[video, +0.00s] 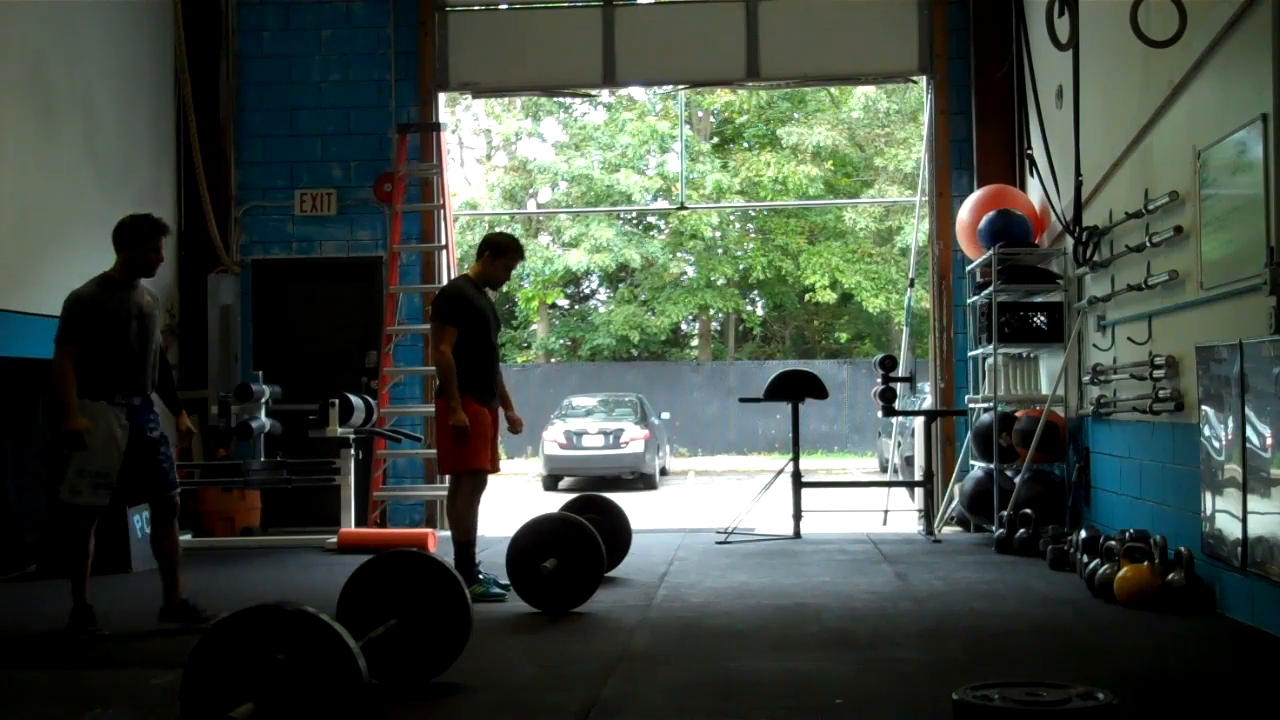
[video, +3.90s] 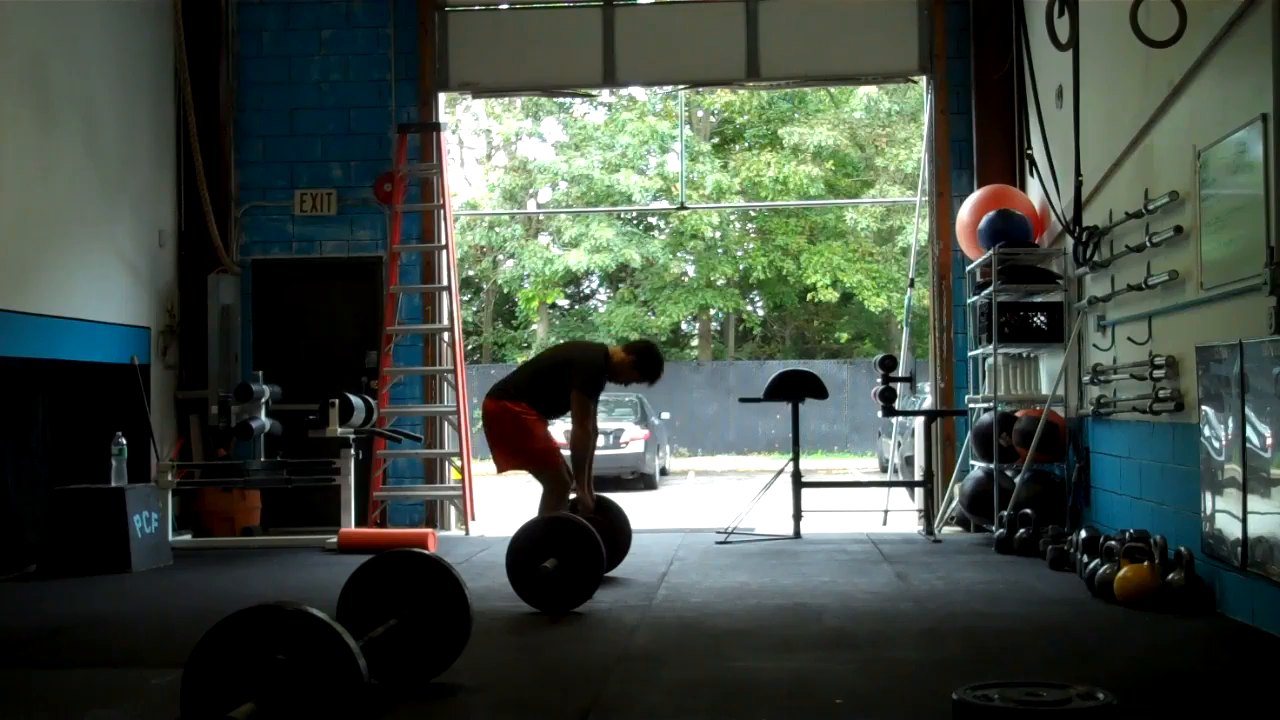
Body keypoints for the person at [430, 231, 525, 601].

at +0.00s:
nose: (508, 278)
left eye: (511, 271)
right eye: (507, 270)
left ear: (493, 261)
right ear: (488, 258)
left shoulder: (482, 299)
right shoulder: (455, 293)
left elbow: (490, 361)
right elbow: (441, 350)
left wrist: (508, 407)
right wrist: (454, 406)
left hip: (483, 405)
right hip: (464, 405)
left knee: (470, 485)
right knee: (469, 484)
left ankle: (467, 571)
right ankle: (466, 574)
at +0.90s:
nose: (518, 274)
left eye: (521, 268)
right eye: (518, 266)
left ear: (501, 257)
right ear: (500, 256)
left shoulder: (486, 292)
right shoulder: (470, 289)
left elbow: (487, 348)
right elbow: (460, 342)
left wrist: (508, 387)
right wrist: (501, 387)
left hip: (493, 402)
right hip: (473, 402)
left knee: (502, 480)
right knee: (474, 483)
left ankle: (500, 566)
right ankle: (468, 576)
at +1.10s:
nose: (522, 276)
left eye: (525, 269)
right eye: (522, 268)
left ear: (504, 259)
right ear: (505, 257)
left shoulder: (495, 292)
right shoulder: (477, 288)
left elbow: (520, 327)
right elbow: (496, 333)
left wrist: (549, 364)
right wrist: (530, 379)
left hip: (501, 402)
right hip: (480, 402)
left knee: (510, 483)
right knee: (480, 484)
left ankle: (520, 570)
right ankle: (469, 575)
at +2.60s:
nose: (576, 283)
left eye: (580, 277)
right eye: (577, 274)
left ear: (558, 260)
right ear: (560, 260)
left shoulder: (538, 294)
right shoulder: (528, 293)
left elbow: (535, 356)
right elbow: (526, 355)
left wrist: (552, 407)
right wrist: (552, 408)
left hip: (533, 402)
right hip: (522, 402)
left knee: (544, 480)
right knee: (531, 482)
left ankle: (529, 571)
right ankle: (520, 576)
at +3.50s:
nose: (614, 308)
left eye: (619, 303)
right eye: (616, 300)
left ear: (602, 282)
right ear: (604, 283)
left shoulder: (577, 312)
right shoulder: (565, 305)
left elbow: (574, 373)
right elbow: (549, 365)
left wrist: (581, 426)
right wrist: (557, 424)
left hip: (541, 399)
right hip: (525, 399)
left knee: (559, 479)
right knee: (549, 480)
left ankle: (552, 551)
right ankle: (542, 554)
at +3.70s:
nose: (625, 342)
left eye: (630, 338)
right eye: (629, 335)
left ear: (617, 314)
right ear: (621, 316)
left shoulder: (589, 336)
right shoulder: (581, 329)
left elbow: (584, 399)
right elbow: (567, 397)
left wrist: (586, 452)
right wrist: (571, 455)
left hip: (532, 404)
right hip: (515, 402)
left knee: (558, 480)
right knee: (552, 481)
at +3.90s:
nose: (627, 383)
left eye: (634, 381)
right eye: (633, 378)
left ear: (629, 355)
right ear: (630, 360)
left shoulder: (596, 364)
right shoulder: (591, 362)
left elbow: (590, 431)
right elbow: (581, 430)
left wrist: (586, 489)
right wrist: (582, 490)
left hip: (522, 410)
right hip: (509, 408)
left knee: (561, 480)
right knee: (557, 482)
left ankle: (550, 552)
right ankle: (546, 553)